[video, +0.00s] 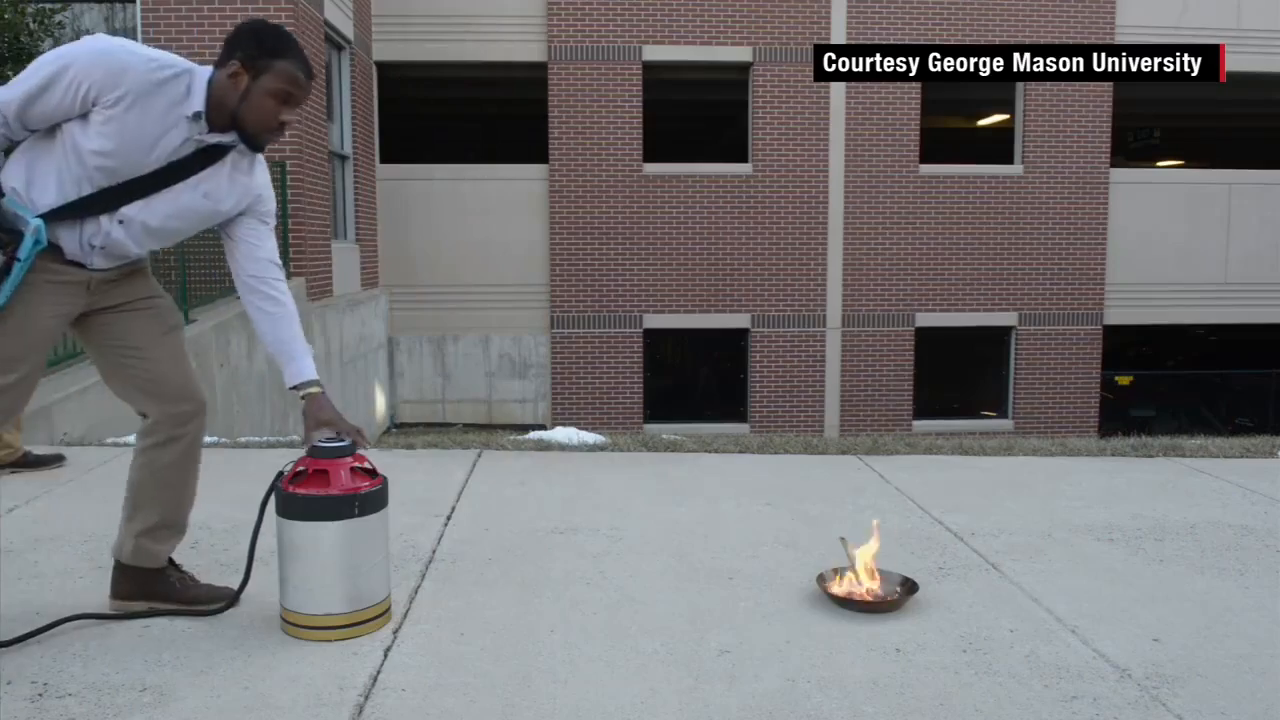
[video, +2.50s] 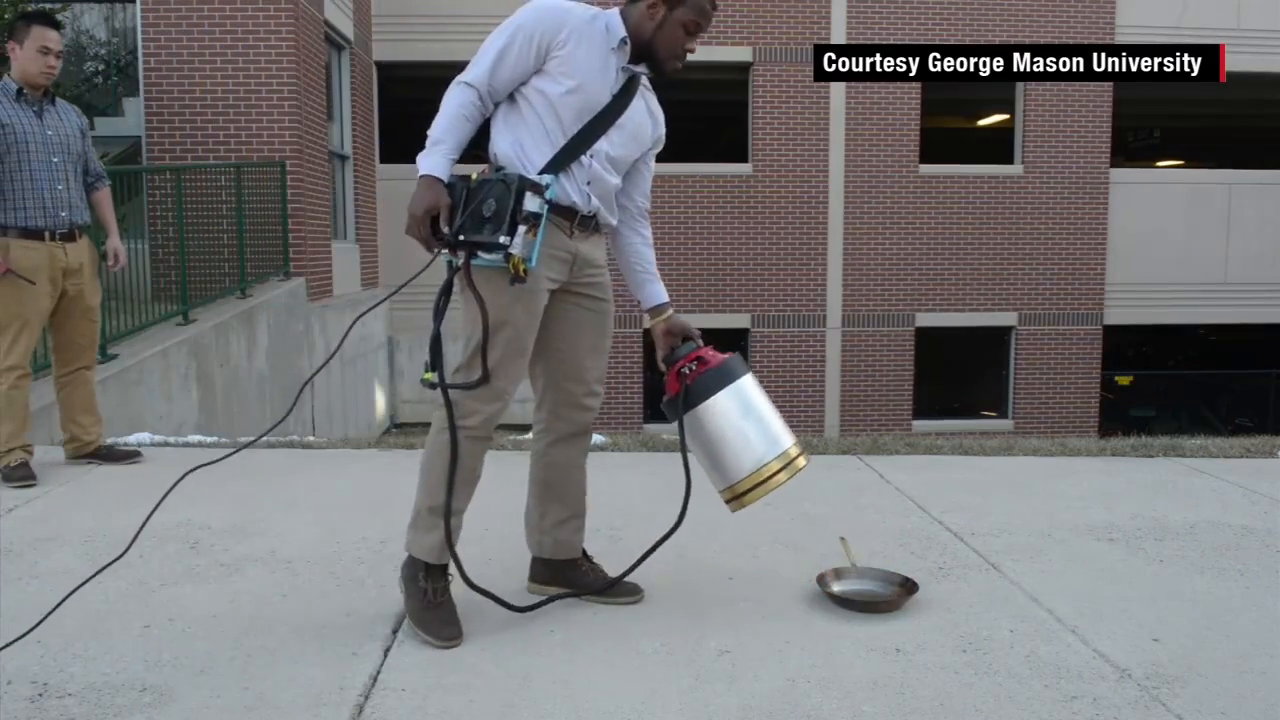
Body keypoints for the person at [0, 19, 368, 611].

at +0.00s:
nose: (286, 121)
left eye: (295, 109)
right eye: (282, 100)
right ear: (235, 74)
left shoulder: (247, 185)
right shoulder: (113, 67)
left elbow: (266, 289)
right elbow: (7, 113)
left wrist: (312, 394)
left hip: (119, 275)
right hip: (30, 257)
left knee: (179, 408)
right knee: (3, 419)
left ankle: (142, 570)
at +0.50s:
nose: (349, 76)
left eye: (357, 65)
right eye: (341, 57)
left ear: (348, 68)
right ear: (293, 40)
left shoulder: (302, 163)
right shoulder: (189, 48)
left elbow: (289, 265)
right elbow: (82, 95)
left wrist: (322, 363)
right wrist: (9, 172)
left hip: (189, 271)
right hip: (104, 246)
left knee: (207, 416)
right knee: (50, 427)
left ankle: (144, 570)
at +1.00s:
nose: (362, 8)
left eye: (363, 1)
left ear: (342, 7)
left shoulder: (335, 82)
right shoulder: (222, 15)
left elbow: (326, 192)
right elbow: (130, 101)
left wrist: (390, 265)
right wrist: (126, 204)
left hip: (272, 257)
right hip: (214, 249)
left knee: (214, 419)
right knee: (262, 424)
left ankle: (145, 562)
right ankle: (312, 598)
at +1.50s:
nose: (477, 0)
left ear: (457, 5)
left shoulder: (457, 74)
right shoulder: (343, 9)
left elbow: (463, 185)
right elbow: (273, 107)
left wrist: (523, 269)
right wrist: (281, 215)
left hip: (443, 249)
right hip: (372, 251)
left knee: (482, 398)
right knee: (372, 434)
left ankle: (512, 548)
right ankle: (337, 605)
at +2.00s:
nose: (644, 30)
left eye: (649, 18)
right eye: (640, 13)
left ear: (612, 11)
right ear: (604, 1)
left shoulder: (604, 100)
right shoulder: (505, 17)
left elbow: (590, 208)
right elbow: (428, 96)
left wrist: (620, 295)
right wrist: (402, 191)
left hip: (566, 249)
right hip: (492, 234)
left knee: (564, 406)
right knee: (477, 405)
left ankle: (558, 557)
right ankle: (417, 565)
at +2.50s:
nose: (693, 46)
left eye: (700, 35)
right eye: (690, 28)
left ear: (663, 18)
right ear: (651, 7)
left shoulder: (649, 117)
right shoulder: (561, 22)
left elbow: (630, 220)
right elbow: (473, 88)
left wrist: (659, 307)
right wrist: (432, 175)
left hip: (588, 253)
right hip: (512, 236)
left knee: (572, 408)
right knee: (475, 403)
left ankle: (556, 557)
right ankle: (427, 562)